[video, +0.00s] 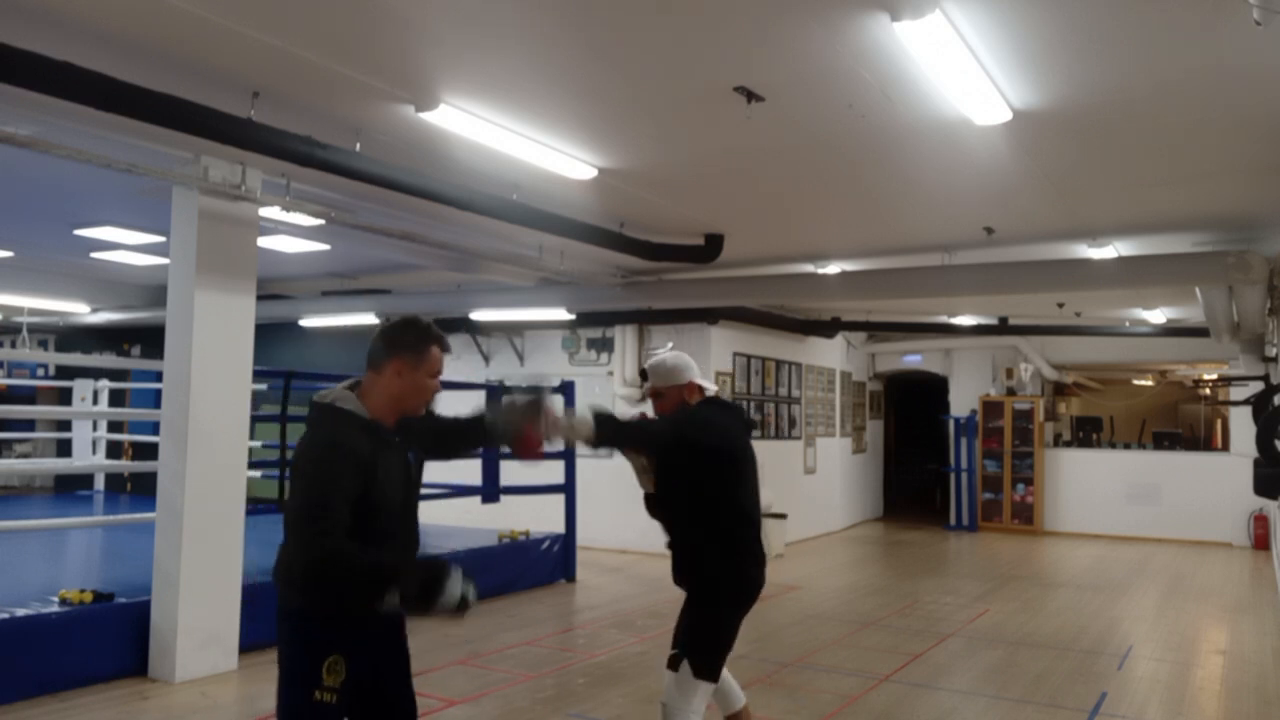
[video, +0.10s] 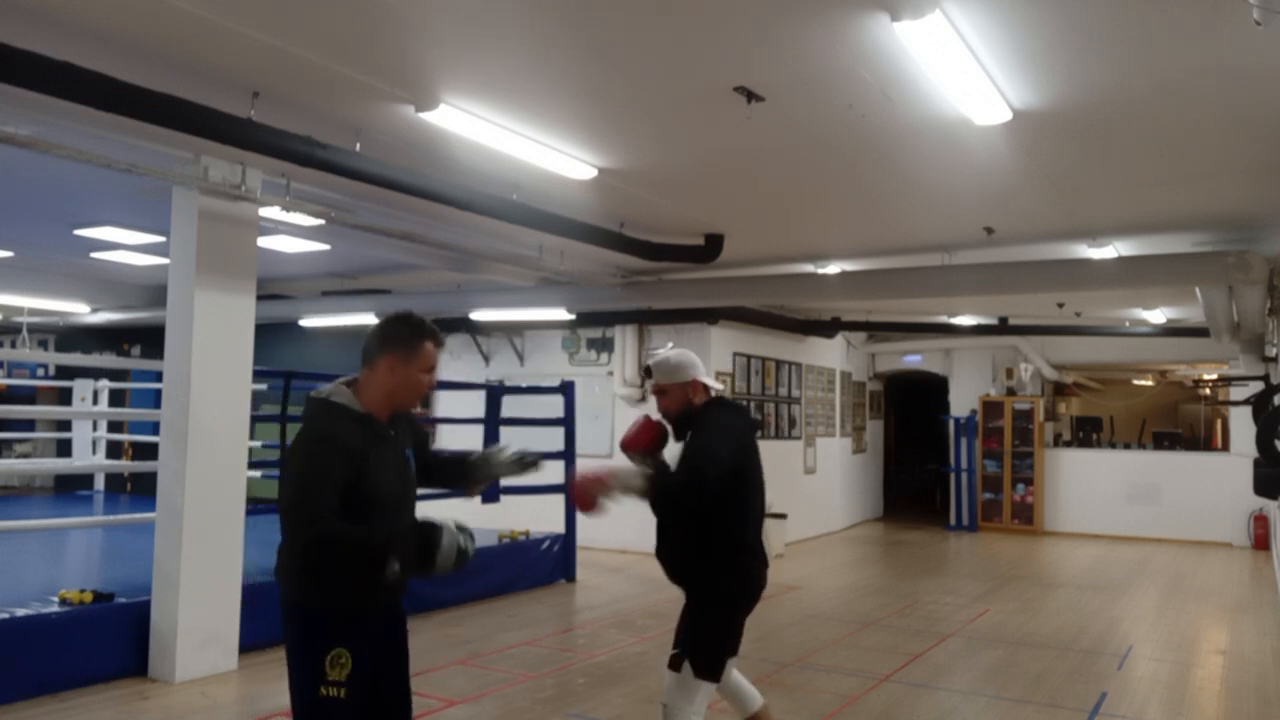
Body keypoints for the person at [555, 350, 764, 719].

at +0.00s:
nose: (655, 408)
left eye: (659, 397)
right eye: (653, 400)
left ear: (689, 391)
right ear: (691, 392)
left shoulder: (708, 423)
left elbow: (641, 435)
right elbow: (670, 514)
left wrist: (564, 423)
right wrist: (646, 471)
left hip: (726, 578)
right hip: (711, 573)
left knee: (682, 699)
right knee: (696, 662)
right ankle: (739, 711)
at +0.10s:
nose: (658, 406)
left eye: (663, 394)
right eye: (656, 396)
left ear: (692, 389)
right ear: (691, 390)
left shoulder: (719, 427)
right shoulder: (708, 426)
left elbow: (689, 500)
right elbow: (684, 496)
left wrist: (619, 479)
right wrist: (652, 461)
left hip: (724, 580)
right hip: (714, 572)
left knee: (681, 702)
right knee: (713, 665)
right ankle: (760, 711)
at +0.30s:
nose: (684, 413)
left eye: (688, 401)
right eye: (682, 403)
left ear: (719, 397)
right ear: (720, 398)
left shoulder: (743, 437)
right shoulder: (744, 434)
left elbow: (733, 508)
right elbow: (710, 516)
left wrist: (673, 478)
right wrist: (670, 481)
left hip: (731, 594)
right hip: (752, 590)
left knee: (679, 702)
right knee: (758, 692)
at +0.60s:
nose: (701, 420)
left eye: (704, 408)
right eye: (698, 410)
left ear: (734, 403)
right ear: (734, 404)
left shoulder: (756, 445)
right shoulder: (767, 439)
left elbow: (712, 518)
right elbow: (710, 515)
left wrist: (670, 483)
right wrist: (676, 480)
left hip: (744, 601)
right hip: (767, 596)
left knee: (678, 696)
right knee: (754, 688)